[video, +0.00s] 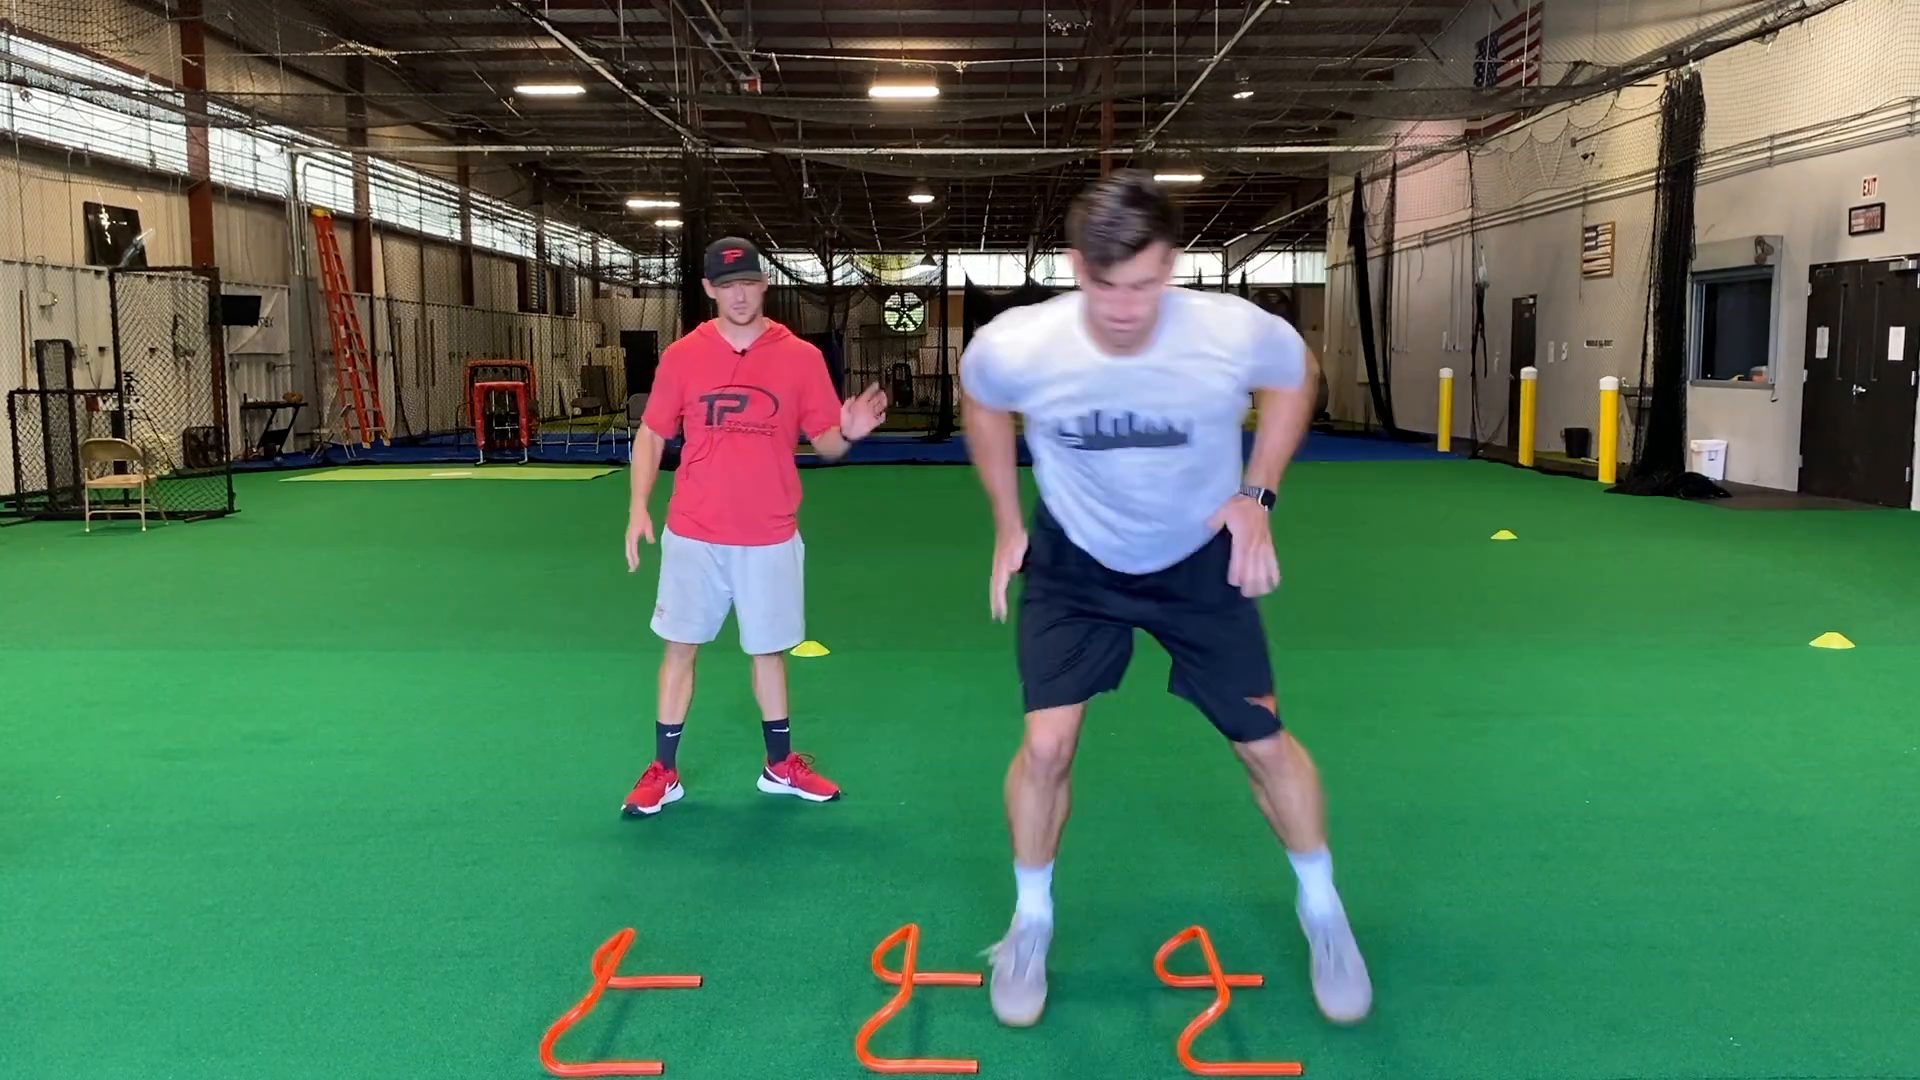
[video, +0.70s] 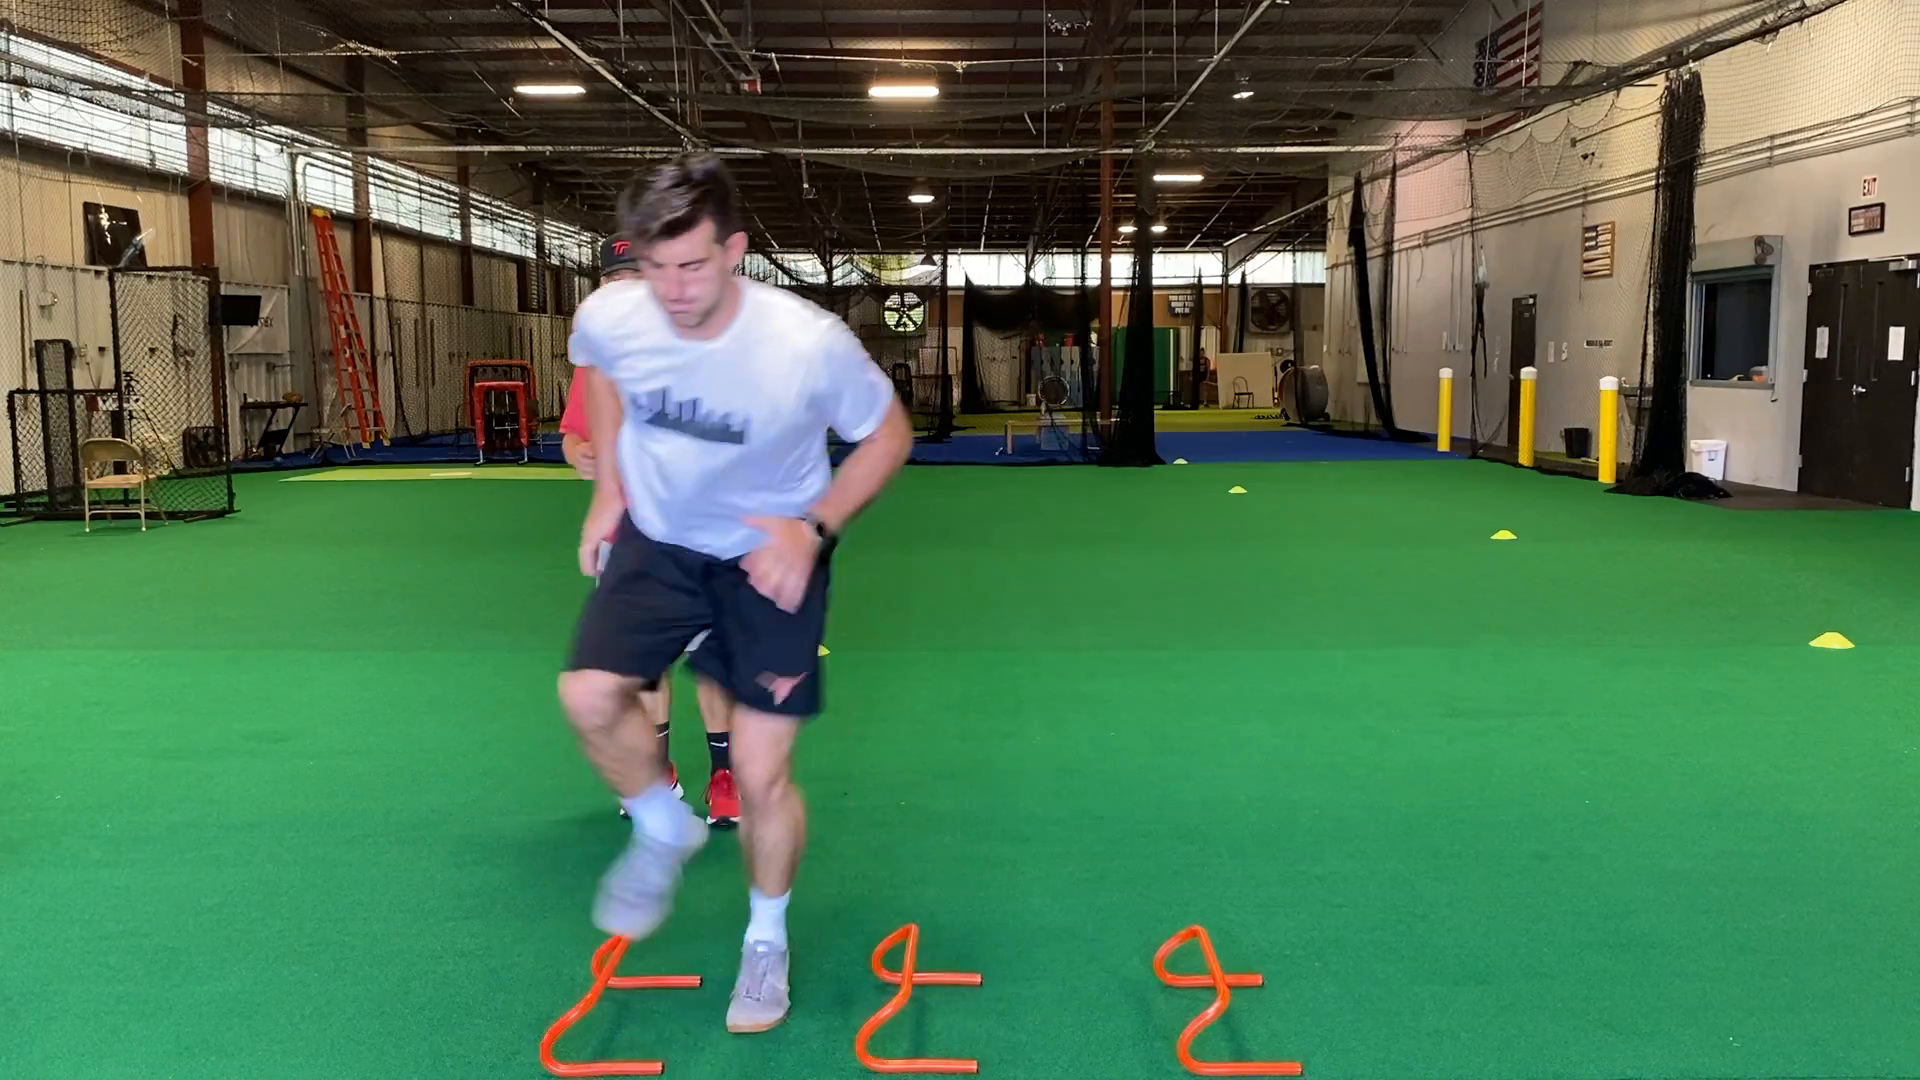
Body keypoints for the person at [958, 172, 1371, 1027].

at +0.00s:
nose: (1127, 305)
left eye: (1144, 285)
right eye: (1109, 286)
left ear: (1171, 269)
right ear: (1076, 270)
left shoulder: (1228, 331)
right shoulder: (1013, 347)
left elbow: (1294, 371)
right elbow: (981, 403)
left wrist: (1258, 493)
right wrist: (1007, 523)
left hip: (1200, 561)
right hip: (1074, 562)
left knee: (1261, 739)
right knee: (1047, 744)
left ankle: (1324, 915)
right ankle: (1030, 924)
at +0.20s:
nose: (982, 274)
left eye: (1000, 254)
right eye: (966, 256)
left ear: (1038, 240)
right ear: (944, 246)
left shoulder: (1099, 312)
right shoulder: (895, 321)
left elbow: (1184, 352)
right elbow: (872, 393)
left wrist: (1145, 490)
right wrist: (903, 513)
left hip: (1081, 537)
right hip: (962, 548)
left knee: (1113, 712)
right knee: (973, 737)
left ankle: (1097, 857)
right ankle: (1009, 901)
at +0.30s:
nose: (921, 278)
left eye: (939, 258)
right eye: (904, 259)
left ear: (979, 243)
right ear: (882, 254)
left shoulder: (1048, 329)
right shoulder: (839, 325)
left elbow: (1115, 409)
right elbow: (817, 376)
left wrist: (1056, 482)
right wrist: (832, 485)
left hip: (1017, 550)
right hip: (898, 547)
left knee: (1035, 763)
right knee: (877, 719)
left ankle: (1034, 946)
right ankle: (913, 802)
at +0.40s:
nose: (849, 269)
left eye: (868, 249)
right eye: (833, 250)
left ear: (911, 236)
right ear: (815, 245)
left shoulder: (983, 321)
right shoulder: (774, 325)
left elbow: (1062, 385)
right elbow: (756, 403)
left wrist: (1008, 498)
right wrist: (774, 519)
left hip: (960, 569)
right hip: (837, 569)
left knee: (999, 745)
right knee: (801, 737)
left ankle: (1030, 935)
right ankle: (766, 896)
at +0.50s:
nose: (790, 282)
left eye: (809, 264)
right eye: (775, 264)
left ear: (851, 252)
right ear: (755, 256)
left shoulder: (916, 330)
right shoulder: (711, 338)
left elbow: (1013, 358)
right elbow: (686, 435)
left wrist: (998, 488)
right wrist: (712, 507)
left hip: (893, 555)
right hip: (774, 573)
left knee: (950, 714)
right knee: (755, 781)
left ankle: (944, 818)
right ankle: (737, 953)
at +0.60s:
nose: (734, 274)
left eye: (751, 255)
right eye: (717, 256)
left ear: (792, 242)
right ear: (697, 249)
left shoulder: (862, 328)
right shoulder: (656, 318)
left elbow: (954, 384)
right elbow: (642, 397)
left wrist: (916, 513)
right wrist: (660, 507)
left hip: (833, 546)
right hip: (715, 549)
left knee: (846, 719)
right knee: (690, 741)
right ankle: (720, 922)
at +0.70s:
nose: (675, 286)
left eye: (694, 265)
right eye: (658, 267)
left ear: (735, 251)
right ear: (636, 260)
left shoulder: (807, 341)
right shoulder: (611, 318)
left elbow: (891, 436)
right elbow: (600, 373)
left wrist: (814, 528)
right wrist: (609, 486)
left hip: (768, 560)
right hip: (654, 545)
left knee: (760, 774)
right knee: (592, 694)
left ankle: (766, 939)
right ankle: (664, 831)